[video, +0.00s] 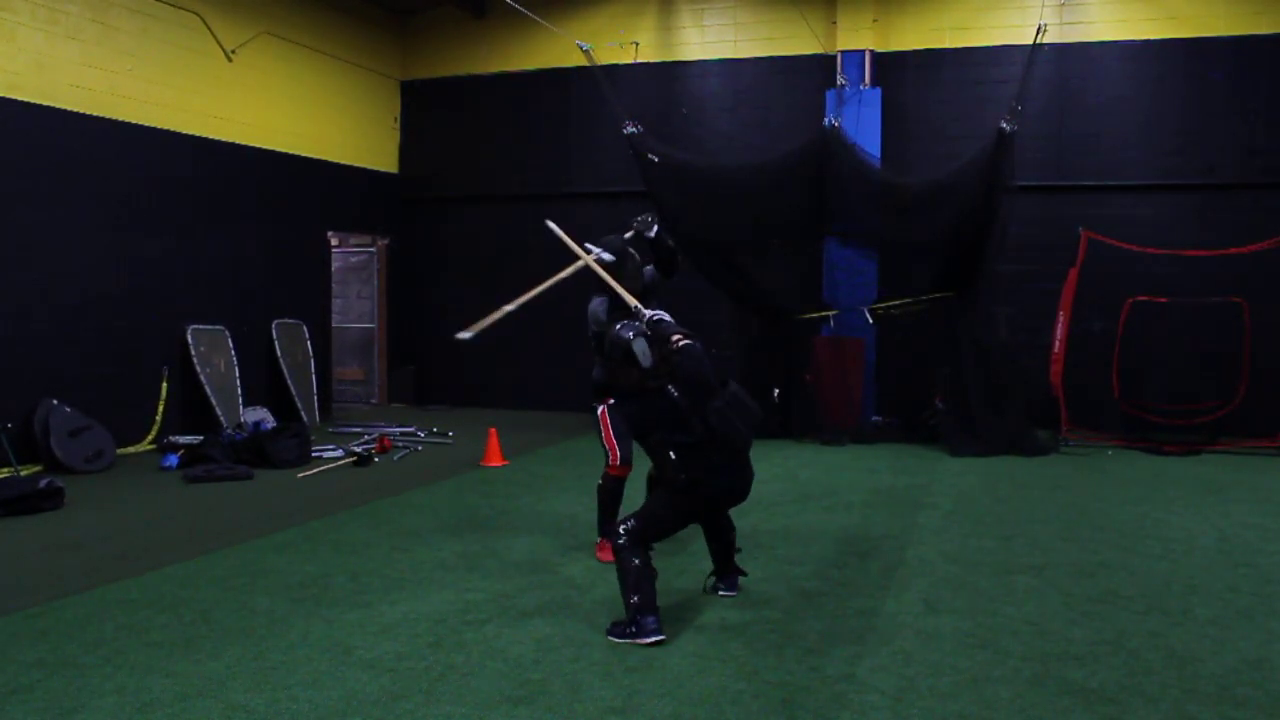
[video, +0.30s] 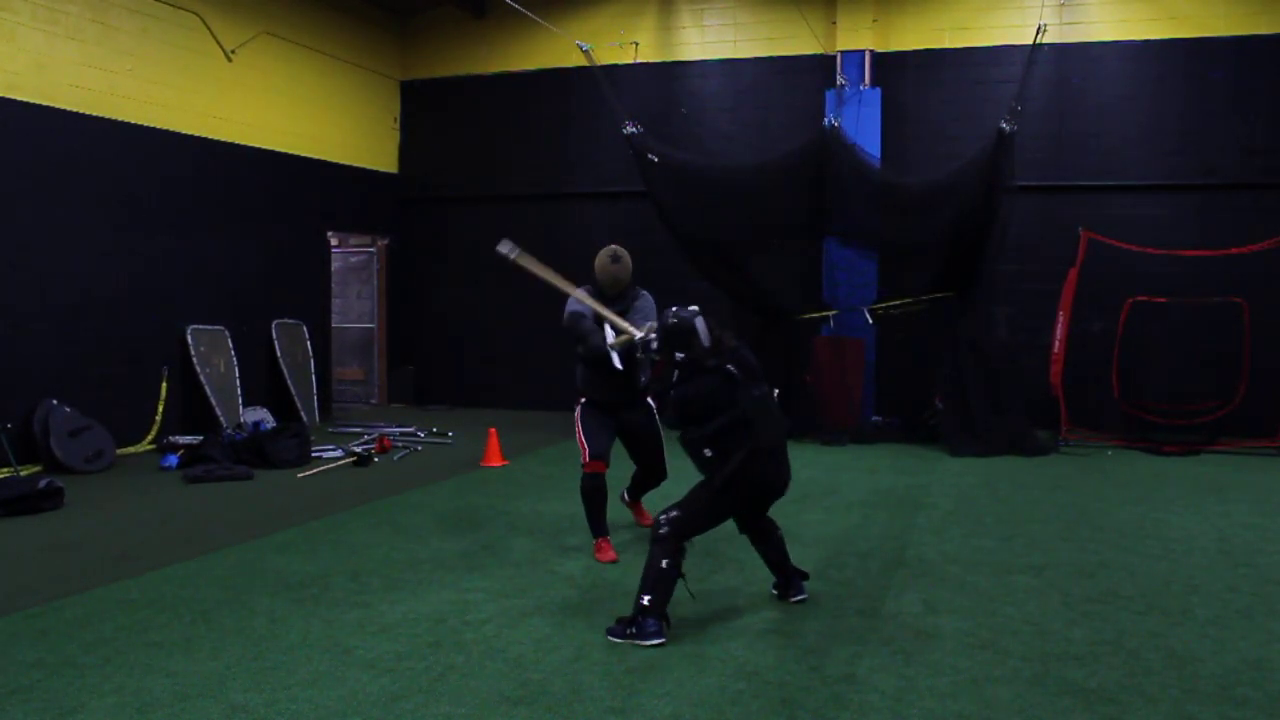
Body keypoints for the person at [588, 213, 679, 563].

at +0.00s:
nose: (633, 272)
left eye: (632, 265)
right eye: (624, 267)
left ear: (634, 267)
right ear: (609, 272)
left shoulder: (644, 290)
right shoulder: (600, 307)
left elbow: (669, 267)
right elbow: (611, 340)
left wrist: (657, 238)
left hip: (648, 391)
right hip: (610, 396)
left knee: (669, 460)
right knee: (620, 461)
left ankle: (652, 526)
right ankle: (607, 538)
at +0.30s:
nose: (615, 293)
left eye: (620, 286)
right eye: (609, 287)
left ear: (630, 279)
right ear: (597, 280)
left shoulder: (641, 301)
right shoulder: (582, 299)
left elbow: (644, 340)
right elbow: (585, 341)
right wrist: (622, 341)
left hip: (634, 401)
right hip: (595, 402)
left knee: (655, 470)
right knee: (594, 467)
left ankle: (631, 497)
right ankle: (601, 538)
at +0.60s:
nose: (619, 279)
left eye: (623, 274)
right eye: (613, 274)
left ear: (629, 272)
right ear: (601, 272)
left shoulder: (639, 303)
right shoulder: (579, 303)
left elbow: (652, 348)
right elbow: (573, 348)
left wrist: (634, 368)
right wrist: (615, 360)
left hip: (625, 393)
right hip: (586, 393)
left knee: (646, 456)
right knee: (590, 457)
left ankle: (627, 512)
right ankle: (598, 525)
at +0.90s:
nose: (596, 257)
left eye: (599, 252)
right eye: (588, 252)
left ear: (603, 259)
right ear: (573, 258)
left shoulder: (606, 294)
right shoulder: (548, 295)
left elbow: (624, 333)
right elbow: (535, 334)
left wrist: (599, 343)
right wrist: (575, 317)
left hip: (596, 384)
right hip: (559, 385)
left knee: (615, 446)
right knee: (550, 454)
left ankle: (625, 508)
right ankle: (528, 497)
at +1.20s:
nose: (553, 265)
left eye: (557, 260)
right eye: (548, 259)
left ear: (563, 261)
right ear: (535, 259)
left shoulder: (572, 287)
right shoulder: (513, 290)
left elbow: (588, 324)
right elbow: (491, 326)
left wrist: (557, 341)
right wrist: (524, 317)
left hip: (563, 374)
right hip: (527, 376)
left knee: (578, 433)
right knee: (530, 440)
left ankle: (559, 490)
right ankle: (528, 501)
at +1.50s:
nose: (530, 280)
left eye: (534, 274)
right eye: (525, 275)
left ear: (542, 270)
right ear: (516, 270)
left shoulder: (555, 293)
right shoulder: (497, 294)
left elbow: (570, 330)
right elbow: (473, 327)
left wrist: (534, 346)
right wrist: (499, 321)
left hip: (540, 376)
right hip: (507, 375)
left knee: (528, 437)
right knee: (519, 437)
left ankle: (503, 479)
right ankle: (526, 498)